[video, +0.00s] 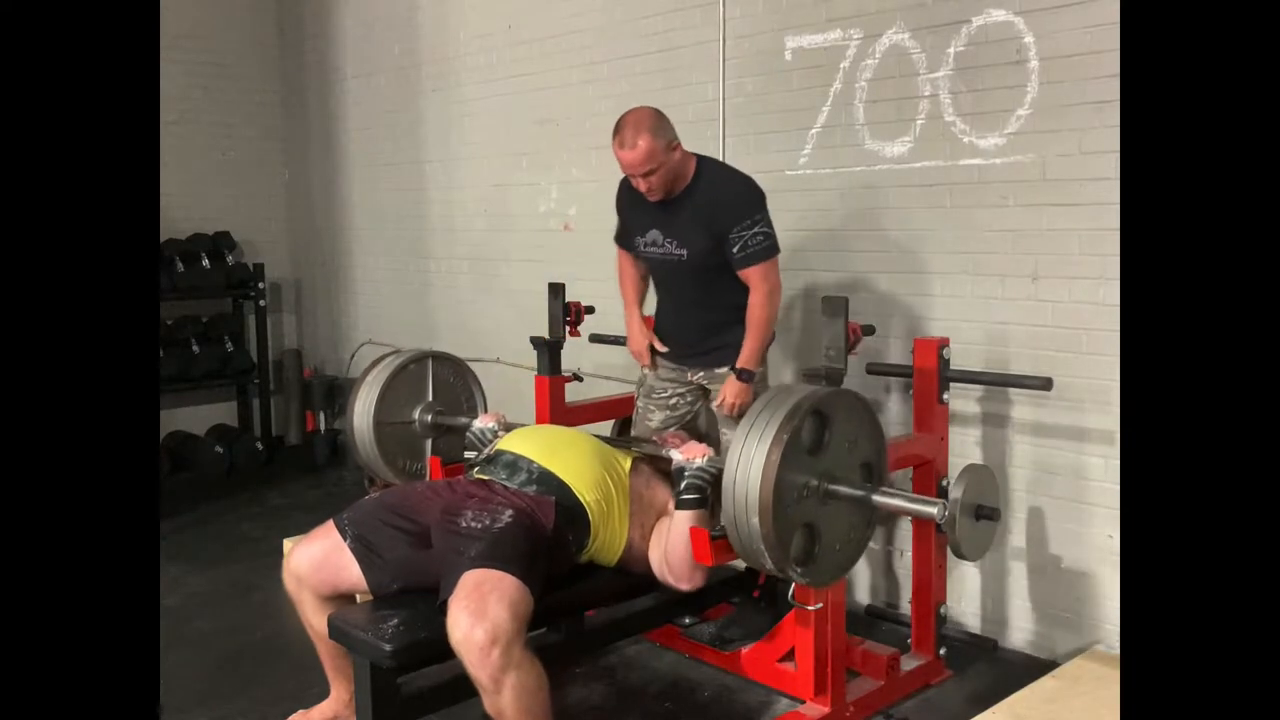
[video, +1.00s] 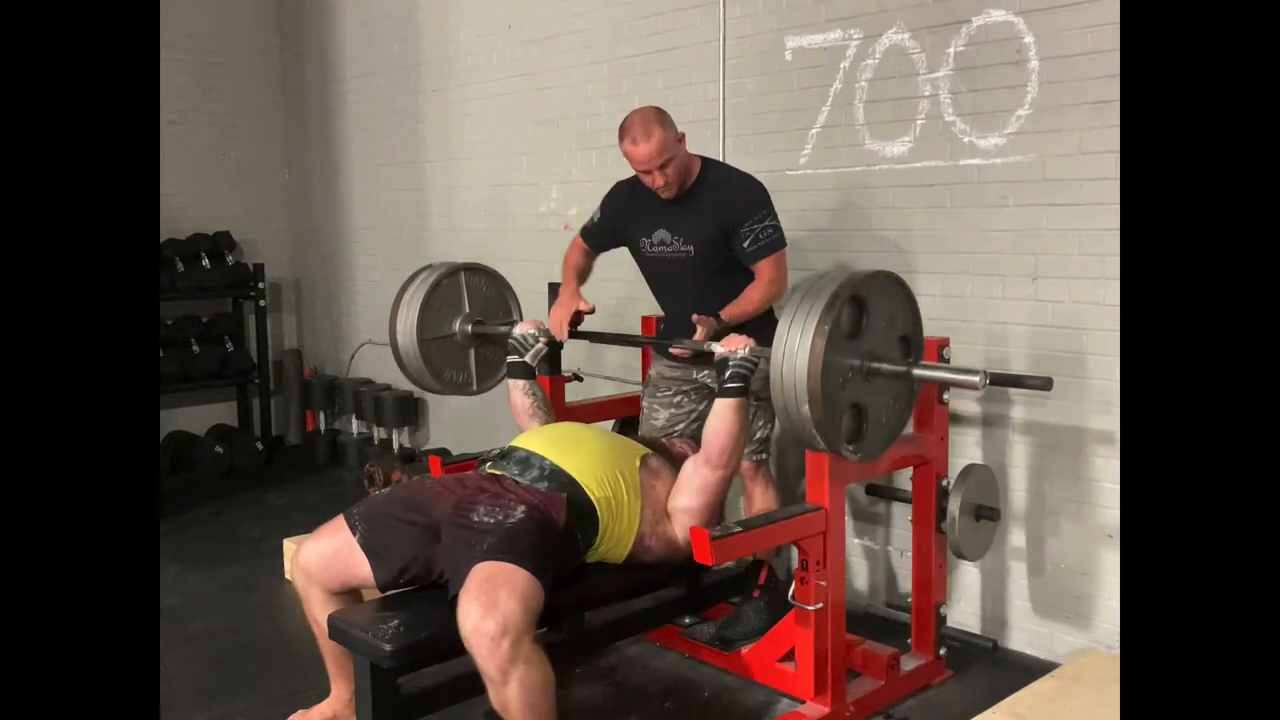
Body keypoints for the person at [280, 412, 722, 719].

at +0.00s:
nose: (674, 440)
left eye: (686, 441)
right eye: (671, 434)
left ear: (691, 461)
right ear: (655, 438)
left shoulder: (661, 502)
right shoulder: (579, 453)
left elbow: (684, 575)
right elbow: (512, 469)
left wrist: (698, 480)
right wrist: (492, 438)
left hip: (519, 512)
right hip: (454, 490)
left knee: (481, 633)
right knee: (304, 565)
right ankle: (344, 700)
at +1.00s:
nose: (677, 438)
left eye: (689, 440)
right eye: (675, 432)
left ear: (699, 463)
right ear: (659, 437)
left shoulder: (674, 515)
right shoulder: (586, 448)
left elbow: (718, 459)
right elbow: (532, 435)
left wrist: (735, 376)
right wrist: (523, 362)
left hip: (529, 507)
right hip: (461, 483)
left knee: (493, 626)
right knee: (311, 563)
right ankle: (343, 698)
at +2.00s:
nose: (672, 435)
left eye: (684, 439)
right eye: (665, 431)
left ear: (694, 468)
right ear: (645, 440)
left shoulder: (679, 502)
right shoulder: (587, 449)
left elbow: (746, 466)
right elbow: (555, 418)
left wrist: (780, 385)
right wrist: (572, 359)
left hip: (530, 523)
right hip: (460, 497)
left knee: (472, 618)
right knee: (299, 563)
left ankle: (489, 715)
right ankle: (332, 706)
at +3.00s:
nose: (620, 384)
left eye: (637, 383)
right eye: (620, 378)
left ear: (667, 411)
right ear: (614, 388)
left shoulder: (674, 460)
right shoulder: (568, 433)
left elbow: (610, 448)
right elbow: (490, 438)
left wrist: (553, 398)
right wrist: (456, 389)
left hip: (535, 552)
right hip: (461, 518)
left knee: (435, 483)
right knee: (319, 480)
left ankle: (257, 645)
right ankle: (170, 590)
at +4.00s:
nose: (204, 285)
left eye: (221, 264)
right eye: (196, 267)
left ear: (277, 251)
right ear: (188, 264)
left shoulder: (340, 307)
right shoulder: (244, 300)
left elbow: (321, 415)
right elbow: (188, 354)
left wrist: (201, 450)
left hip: (406, 480)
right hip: (317, 479)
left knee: (335, 655)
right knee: (229, 614)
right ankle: (298, 715)